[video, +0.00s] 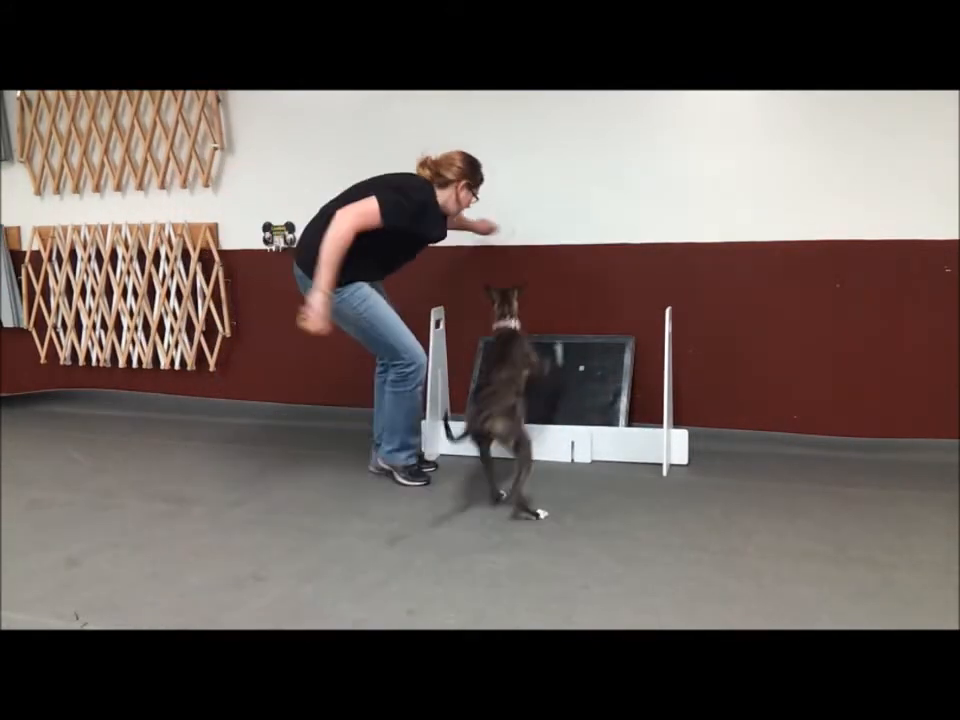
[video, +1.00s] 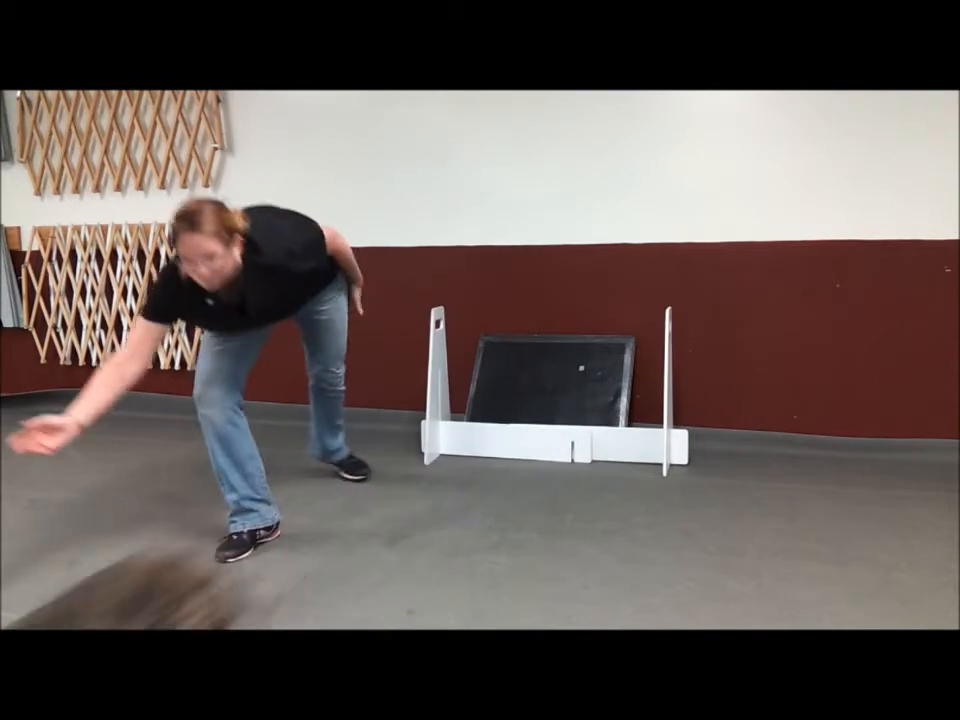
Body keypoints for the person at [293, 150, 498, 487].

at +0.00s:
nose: (472, 200)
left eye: (475, 194)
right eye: (472, 192)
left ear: (453, 185)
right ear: (457, 185)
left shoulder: (430, 206)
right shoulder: (414, 198)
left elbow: (448, 219)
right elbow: (345, 219)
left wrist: (474, 226)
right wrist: (321, 294)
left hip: (354, 274)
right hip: (336, 278)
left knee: (392, 358)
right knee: (410, 360)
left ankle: (386, 451)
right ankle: (398, 456)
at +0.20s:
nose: (480, 209)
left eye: (482, 203)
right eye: (480, 201)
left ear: (461, 192)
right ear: (465, 193)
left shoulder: (436, 221)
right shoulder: (413, 198)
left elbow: (376, 248)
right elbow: (347, 239)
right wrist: (399, 296)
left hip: (356, 271)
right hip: (322, 270)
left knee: (401, 353)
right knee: (390, 354)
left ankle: (385, 452)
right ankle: (403, 452)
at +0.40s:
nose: (469, 240)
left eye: (472, 233)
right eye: (469, 232)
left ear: (448, 223)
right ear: (451, 225)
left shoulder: (428, 247)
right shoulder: (391, 233)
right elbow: (360, 305)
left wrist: (413, 336)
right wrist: (415, 341)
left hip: (359, 275)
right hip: (306, 268)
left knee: (402, 356)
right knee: (324, 358)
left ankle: (389, 454)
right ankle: (337, 468)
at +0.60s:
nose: (411, 290)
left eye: (414, 282)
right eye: (405, 283)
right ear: (378, 273)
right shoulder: (336, 287)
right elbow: (341, 378)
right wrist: (388, 449)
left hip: (345, 298)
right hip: (277, 294)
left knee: (399, 365)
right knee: (262, 397)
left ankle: (389, 453)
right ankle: (256, 512)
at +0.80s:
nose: (289, 312)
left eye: (297, 301)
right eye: (276, 303)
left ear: (313, 286)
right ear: (252, 293)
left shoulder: (332, 273)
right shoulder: (235, 298)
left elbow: (340, 249)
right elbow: (232, 387)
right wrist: (221, 464)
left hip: (323, 308)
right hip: (244, 322)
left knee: (365, 384)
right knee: (212, 403)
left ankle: (390, 475)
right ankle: (252, 517)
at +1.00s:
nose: (198, 272)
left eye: (208, 259)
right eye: (189, 262)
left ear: (236, 246)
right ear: (177, 256)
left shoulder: (281, 241)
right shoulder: (175, 282)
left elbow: (338, 245)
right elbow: (130, 357)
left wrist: (358, 283)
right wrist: (72, 421)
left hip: (312, 288)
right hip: (236, 312)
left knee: (330, 374)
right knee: (213, 397)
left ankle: (332, 450)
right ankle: (254, 516)